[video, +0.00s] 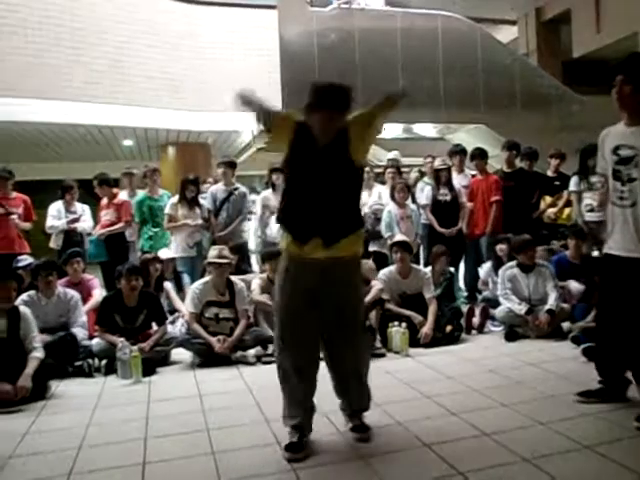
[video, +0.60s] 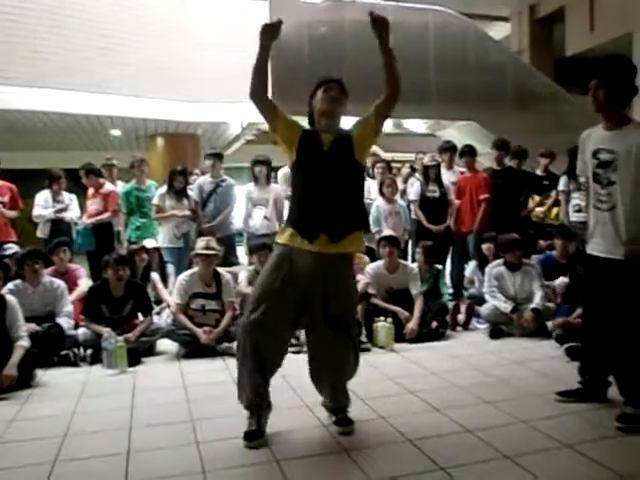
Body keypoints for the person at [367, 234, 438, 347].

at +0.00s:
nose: (400, 256)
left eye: (403, 252)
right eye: (396, 252)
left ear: (410, 254)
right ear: (392, 256)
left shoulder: (422, 274)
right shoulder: (385, 275)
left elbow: (432, 301)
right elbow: (386, 303)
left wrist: (429, 326)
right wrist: (412, 315)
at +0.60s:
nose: (388, 250)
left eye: (392, 246)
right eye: (384, 247)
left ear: (398, 249)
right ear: (379, 250)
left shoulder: (410, 269)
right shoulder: (372, 270)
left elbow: (418, 297)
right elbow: (371, 298)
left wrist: (414, 322)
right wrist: (397, 310)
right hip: (382, 305)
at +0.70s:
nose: (384, 250)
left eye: (388, 246)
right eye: (380, 247)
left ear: (394, 250)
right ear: (376, 250)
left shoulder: (406, 271)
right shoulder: (369, 269)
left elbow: (415, 297)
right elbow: (370, 297)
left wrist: (410, 322)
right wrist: (396, 311)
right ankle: (368, 339)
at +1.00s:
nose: (385, 224)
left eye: (388, 220)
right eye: (381, 221)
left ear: (394, 224)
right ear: (377, 225)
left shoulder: (406, 244)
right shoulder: (369, 244)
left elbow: (415, 271)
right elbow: (369, 272)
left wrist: (412, 296)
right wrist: (395, 285)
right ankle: (371, 315)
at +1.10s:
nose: (385, 224)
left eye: (389, 220)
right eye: (382, 220)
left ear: (395, 224)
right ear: (377, 225)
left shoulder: (408, 244)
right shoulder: (370, 245)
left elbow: (416, 272)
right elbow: (370, 273)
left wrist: (413, 296)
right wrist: (395, 285)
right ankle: (371, 315)